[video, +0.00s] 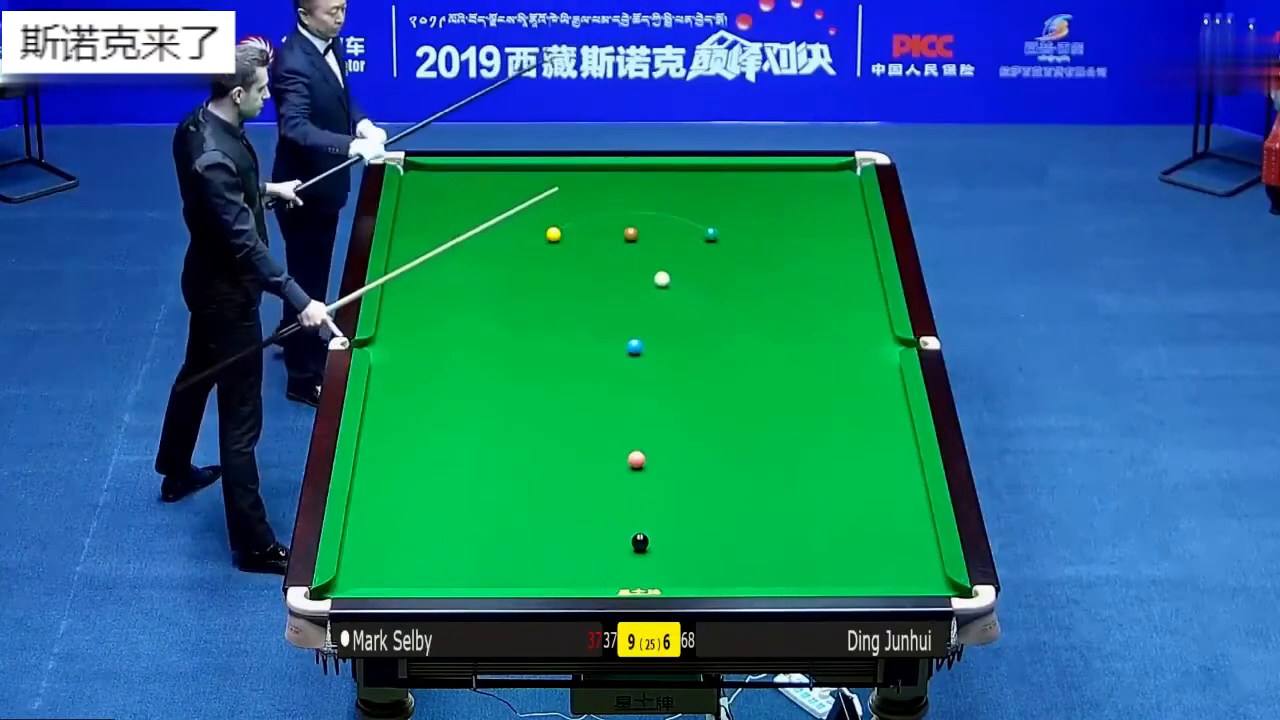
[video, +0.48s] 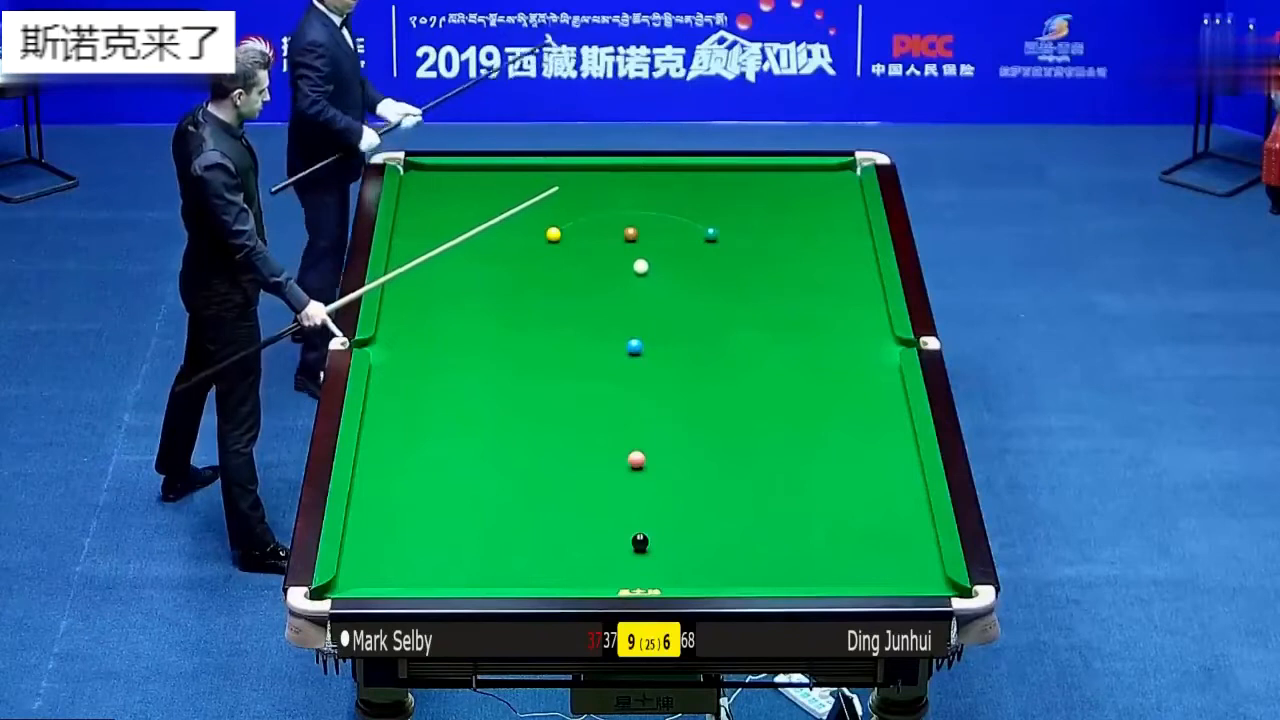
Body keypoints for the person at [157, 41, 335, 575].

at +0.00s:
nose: (267, 95)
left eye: (265, 86)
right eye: (261, 87)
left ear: (231, 86)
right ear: (238, 91)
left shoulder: (207, 122)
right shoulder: (214, 160)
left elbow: (225, 188)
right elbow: (244, 245)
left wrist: (267, 190)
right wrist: (302, 301)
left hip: (212, 280)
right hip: (230, 294)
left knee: (195, 379)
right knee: (241, 424)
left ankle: (175, 472)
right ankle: (253, 545)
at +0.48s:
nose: (267, 97)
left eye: (267, 88)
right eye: (261, 89)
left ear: (230, 89)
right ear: (235, 93)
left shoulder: (203, 120)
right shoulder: (213, 164)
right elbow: (245, 246)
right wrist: (301, 301)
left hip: (208, 281)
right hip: (225, 295)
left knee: (195, 379)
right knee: (239, 425)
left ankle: (175, 472)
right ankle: (253, 546)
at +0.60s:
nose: (267, 100)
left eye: (267, 91)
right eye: (262, 92)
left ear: (229, 89)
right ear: (237, 94)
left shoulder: (202, 121)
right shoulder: (212, 165)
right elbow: (246, 247)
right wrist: (302, 301)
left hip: (206, 281)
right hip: (226, 296)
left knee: (193, 379)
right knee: (240, 425)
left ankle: (175, 472)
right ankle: (253, 546)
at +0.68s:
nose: (266, 100)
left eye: (266, 91)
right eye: (261, 92)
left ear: (228, 90)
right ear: (236, 95)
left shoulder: (201, 122)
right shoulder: (212, 165)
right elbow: (245, 246)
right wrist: (301, 301)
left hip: (206, 282)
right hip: (226, 297)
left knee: (192, 379)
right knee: (239, 425)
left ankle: (175, 473)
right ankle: (253, 546)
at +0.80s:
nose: (267, 102)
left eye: (267, 93)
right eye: (262, 94)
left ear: (229, 92)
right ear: (235, 96)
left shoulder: (200, 121)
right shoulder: (212, 166)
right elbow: (245, 247)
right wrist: (300, 302)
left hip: (206, 284)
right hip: (226, 299)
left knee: (192, 379)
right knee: (239, 426)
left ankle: (175, 472)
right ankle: (253, 546)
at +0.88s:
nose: (267, 103)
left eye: (267, 94)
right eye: (262, 95)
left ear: (228, 93)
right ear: (237, 98)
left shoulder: (200, 122)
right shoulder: (211, 169)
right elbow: (245, 248)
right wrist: (301, 301)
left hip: (206, 284)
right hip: (226, 298)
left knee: (192, 379)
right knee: (239, 426)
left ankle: (175, 472)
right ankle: (253, 546)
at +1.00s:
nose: (266, 104)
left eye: (266, 94)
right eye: (260, 96)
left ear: (228, 93)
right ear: (235, 98)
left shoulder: (200, 122)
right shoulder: (210, 168)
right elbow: (244, 248)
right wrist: (300, 302)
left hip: (206, 283)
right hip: (225, 298)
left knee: (193, 379)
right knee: (239, 424)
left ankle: (175, 472)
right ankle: (253, 546)